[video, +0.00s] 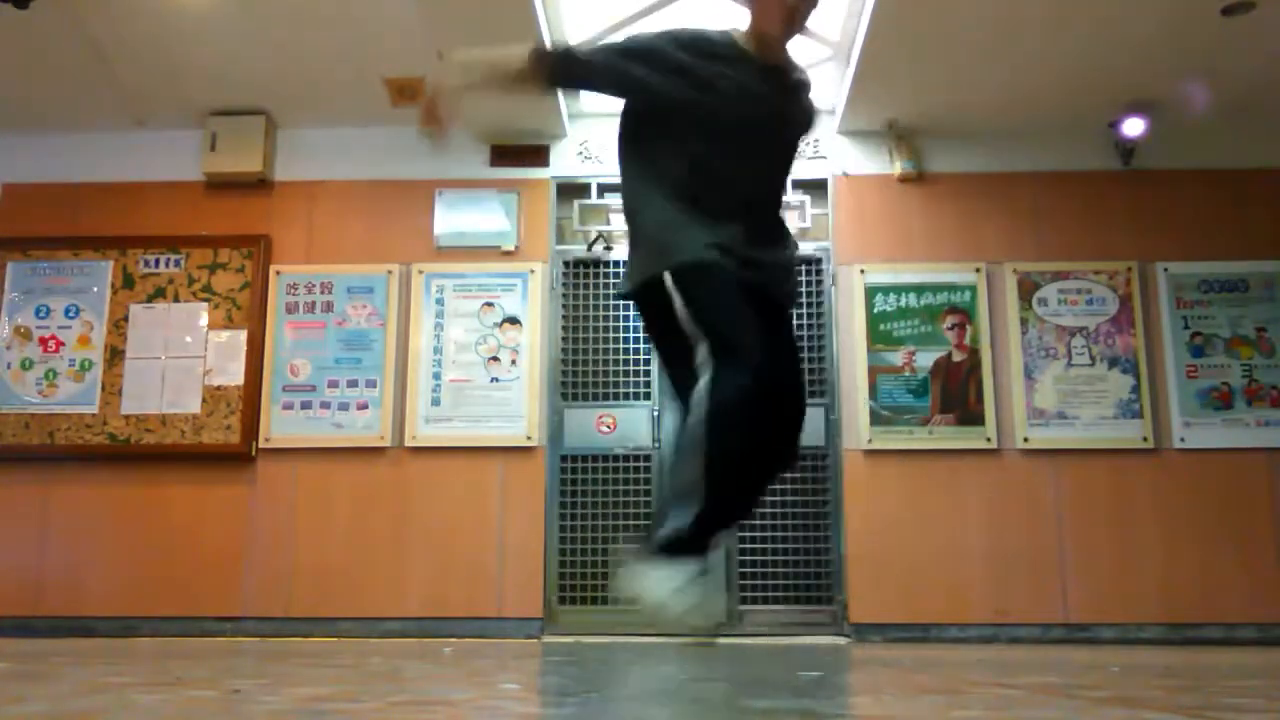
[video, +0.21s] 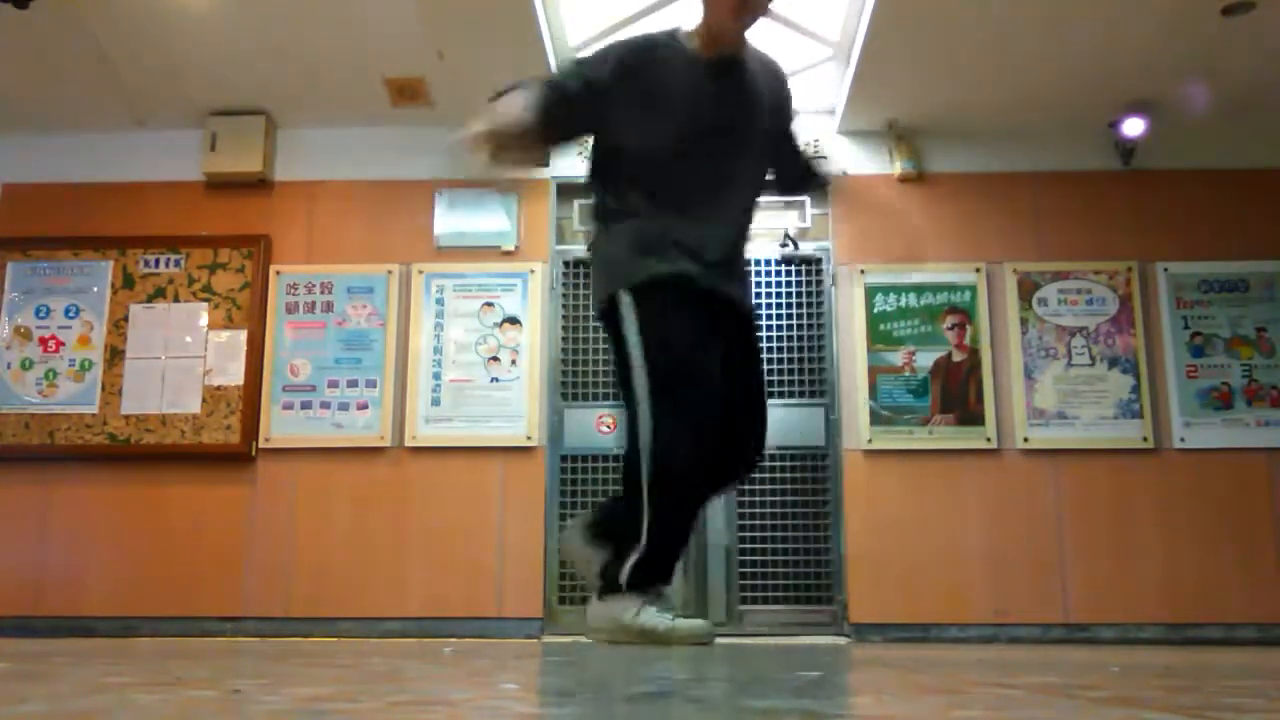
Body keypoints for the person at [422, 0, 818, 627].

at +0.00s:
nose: (797, 15)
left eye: (804, 8)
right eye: (789, 2)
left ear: (804, 18)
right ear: (757, 2)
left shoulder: (792, 96)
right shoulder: (690, 53)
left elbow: (761, 189)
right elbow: (573, 65)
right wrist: (461, 75)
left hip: (754, 265)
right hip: (676, 252)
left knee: (778, 425)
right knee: (731, 383)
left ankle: (677, 555)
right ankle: (668, 561)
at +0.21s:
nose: (749, 15)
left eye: (757, 7)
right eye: (741, 3)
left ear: (760, 12)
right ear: (710, 0)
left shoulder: (764, 82)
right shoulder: (646, 61)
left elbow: (786, 168)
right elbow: (561, 96)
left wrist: (841, 186)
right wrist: (517, 113)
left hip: (717, 275)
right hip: (641, 268)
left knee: (738, 441)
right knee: (674, 428)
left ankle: (599, 536)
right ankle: (629, 595)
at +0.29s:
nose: (736, 7)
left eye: (743, 2)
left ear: (749, 4)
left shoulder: (754, 53)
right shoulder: (646, 21)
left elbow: (812, 109)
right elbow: (645, 66)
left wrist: (887, 120)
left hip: (678, 240)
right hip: (603, 236)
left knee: (740, 370)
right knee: (627, 390)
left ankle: (673, 533)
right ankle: (625, 571)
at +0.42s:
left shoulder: (736, 22)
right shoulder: (684, 18)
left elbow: (811, 58)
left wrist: (893, 88)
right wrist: (886, 83)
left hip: (638, 225)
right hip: (576, 217)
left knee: (699, 370)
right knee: (600, 388)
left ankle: (716, 518)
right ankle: (587, 575)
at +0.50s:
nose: (760, 8)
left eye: (761, 3)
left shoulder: (710, 43)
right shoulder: (671, 18)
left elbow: (771, 100)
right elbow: (745, 96)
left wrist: (764, 81)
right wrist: (776, 84)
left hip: (639, 245)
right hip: (576, 241)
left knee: (699, 396)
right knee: (588, 419)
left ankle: (674, 552)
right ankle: (583, 595)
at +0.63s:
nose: (741, 38)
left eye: (751, 27)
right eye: (739, 20)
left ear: (744, 27)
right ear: (705, 5)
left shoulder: (718, 105)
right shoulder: (632, 51)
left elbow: (746, 177)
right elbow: (551, 91)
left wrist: (781, 224)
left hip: (666, 287)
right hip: (594, 283)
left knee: (721, 429)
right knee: (626, 432)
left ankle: (632, 587)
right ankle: (594, 594)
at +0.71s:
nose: (742, 58)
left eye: (753, 49)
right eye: (741, 40)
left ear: (754, 47)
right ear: (707, 17)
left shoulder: (713, 117)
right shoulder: (616, 57)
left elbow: (680, 214)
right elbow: (497, 57)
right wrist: (365, 56)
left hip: (682, 308)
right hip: (601, 294)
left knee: (747, 447)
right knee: (635, 446)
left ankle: (624, 589)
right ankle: (608, 594)